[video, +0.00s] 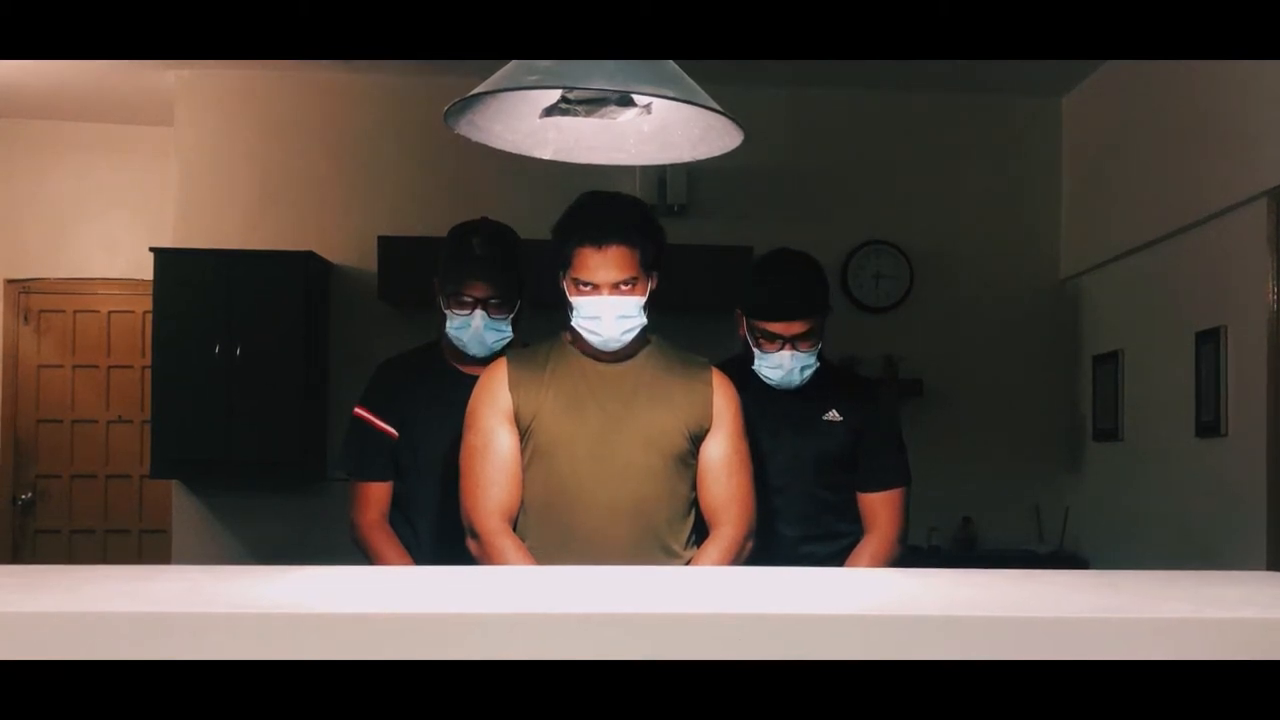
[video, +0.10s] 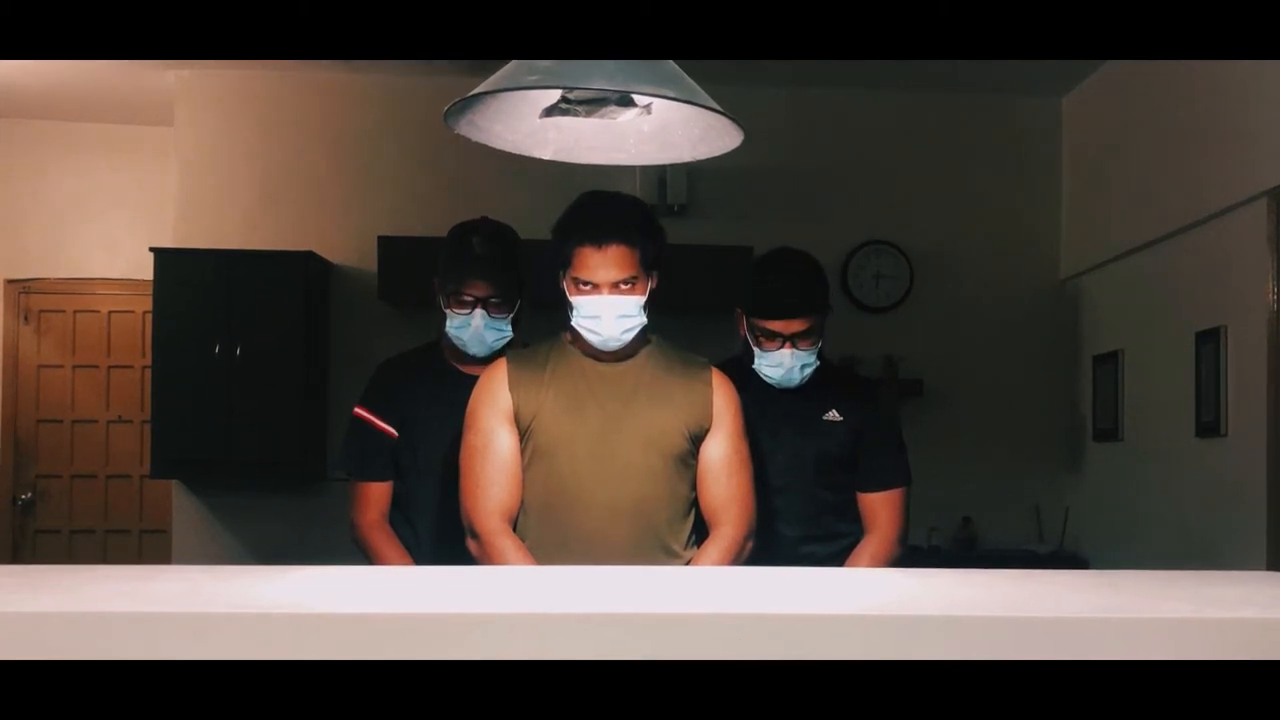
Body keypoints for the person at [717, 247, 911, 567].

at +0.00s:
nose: (786, 357)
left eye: (804, 339)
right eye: (769, 338)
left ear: (823, 327)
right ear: (743, 326)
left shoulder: (863, 402)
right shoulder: (714, 394)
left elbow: (883, 535)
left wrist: (830, 605)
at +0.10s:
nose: (787, 355)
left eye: (804, 337)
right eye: (769, 337)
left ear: (823, 326)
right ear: (743, 325)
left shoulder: (863, 401)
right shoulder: (714, 394)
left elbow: (884, 536)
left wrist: (829, 605)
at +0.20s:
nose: (787, 354)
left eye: (805, 336)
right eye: (769, 336)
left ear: (824, 325)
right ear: (743, 324)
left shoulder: (862, 402)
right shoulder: (714, 395)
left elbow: (884, 536)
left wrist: (830, 606)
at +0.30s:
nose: (788, 351)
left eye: (806, 334)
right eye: (770, 334)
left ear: (824, 324)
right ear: (744, 323)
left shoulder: (862, 400)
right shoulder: (715, 393)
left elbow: (884, 535)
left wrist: (831, 605)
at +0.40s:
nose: (789, 350)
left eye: (807, 333)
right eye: (771, 332)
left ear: (825, 323)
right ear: (745, 323)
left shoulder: (862, 400)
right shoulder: (716, 393)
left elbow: (885, 535)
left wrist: (831, 605)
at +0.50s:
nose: (790, 348)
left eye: (807, 332)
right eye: (772, 332)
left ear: (826, 323)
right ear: (745, 322)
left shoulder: (862, 400)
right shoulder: (716, 393)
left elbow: (885, 535)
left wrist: (832, 605)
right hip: (740, 591)